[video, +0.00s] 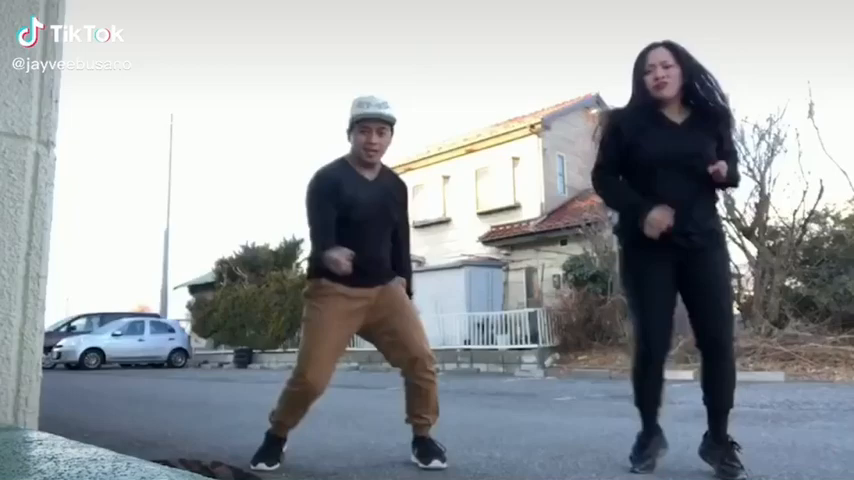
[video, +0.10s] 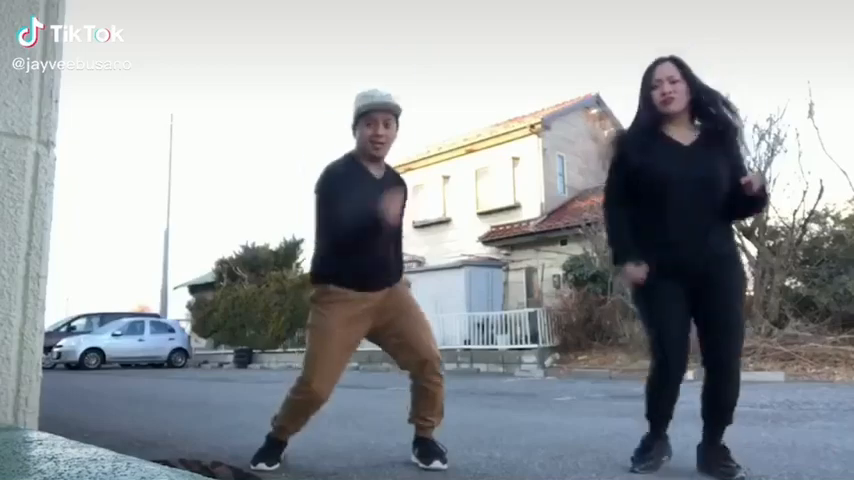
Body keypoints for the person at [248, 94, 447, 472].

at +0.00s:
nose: (373, 139)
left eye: (381, 132)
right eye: (365, 131)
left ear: (390, 138)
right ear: (350, 134)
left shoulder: (395, 186)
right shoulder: (327, 181)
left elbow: (401, 244)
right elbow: (321, 237)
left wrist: (405, 289)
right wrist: (329, 253)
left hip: (386, 293)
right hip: (334, 293)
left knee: (421, 358)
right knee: (310, 381)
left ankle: (424, 439)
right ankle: (275, 438)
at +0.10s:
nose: (379, 132)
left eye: (387, 125)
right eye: (370, 124)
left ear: (396, 132)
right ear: (356, 129)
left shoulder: (395, 182)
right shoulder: (336, 176)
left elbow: (391, 239)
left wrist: (396, 283)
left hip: (390, 295)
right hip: (340, 298)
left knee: (429, 362)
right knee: (315, 388)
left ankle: (425, 440)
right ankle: (276, 441)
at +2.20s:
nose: (362, 145)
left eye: (361, 139)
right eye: (359, 138)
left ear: (335, 139)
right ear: (346, 139)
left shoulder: (322, 171)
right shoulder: (342, 170)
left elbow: (356, 213)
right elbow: (396, 180)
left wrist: (394, 206)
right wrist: (427, 155)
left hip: (301, 257)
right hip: (324, 255)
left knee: (348, 336)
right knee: (348, 336)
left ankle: (319, 411)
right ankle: (363, 421)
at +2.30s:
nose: (364, 154)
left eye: (364, 147)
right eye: (361, 147)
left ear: (341, 146)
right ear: (346, 146)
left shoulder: (328, 179)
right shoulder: (338, 176)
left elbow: (366, 222)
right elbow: (394, 194)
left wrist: (406, 219)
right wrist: (428, 171)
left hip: (299, 264)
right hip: (311, 264)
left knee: (336, 340)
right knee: (341, 338)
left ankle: (312, 418)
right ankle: (362, 420)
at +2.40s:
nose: (362, 163)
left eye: (363, 157)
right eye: (359, 156)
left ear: (342, 154)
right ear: (343, 153)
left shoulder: (332, 190)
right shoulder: (328, 179)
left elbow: (374, 234)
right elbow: (370, 209)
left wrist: (419, 240)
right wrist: (419, 212)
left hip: (301, 270)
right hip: (302, 269)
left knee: (328, 339)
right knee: (346, 326)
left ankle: (313, 418)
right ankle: (321, 413)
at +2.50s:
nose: (359, 167)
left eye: (360, 161)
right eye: (356, 159)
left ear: (340, 159)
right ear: (339, 156)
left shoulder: (336, 201)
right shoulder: (318, 179)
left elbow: (373, 247)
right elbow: (356, 217)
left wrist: (414, 250)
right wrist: (397, 223)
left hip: (323, 280)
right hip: (294, 276)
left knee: (327, 346)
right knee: (320, 344)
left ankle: (311, 419)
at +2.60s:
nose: (356, 164)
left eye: (357, 158)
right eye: (353, 156)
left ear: (342, 158)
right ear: (335, 154)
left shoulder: (345, 201)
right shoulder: (310, 175)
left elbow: (374, 245)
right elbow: (336, 214)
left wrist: (414, 248)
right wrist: (382, 221)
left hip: (319, 279)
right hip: (281, 273)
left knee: (330, 340)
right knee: (276, 344)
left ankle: (314, 417)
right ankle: (251, 410)